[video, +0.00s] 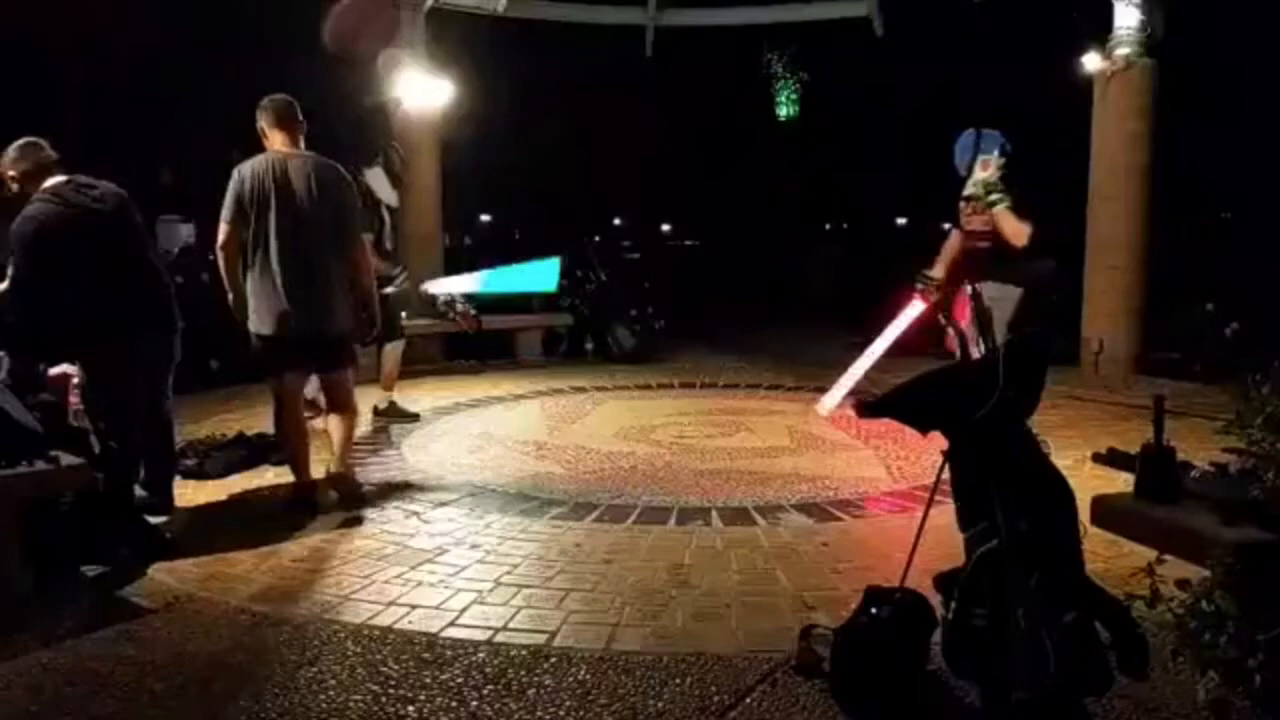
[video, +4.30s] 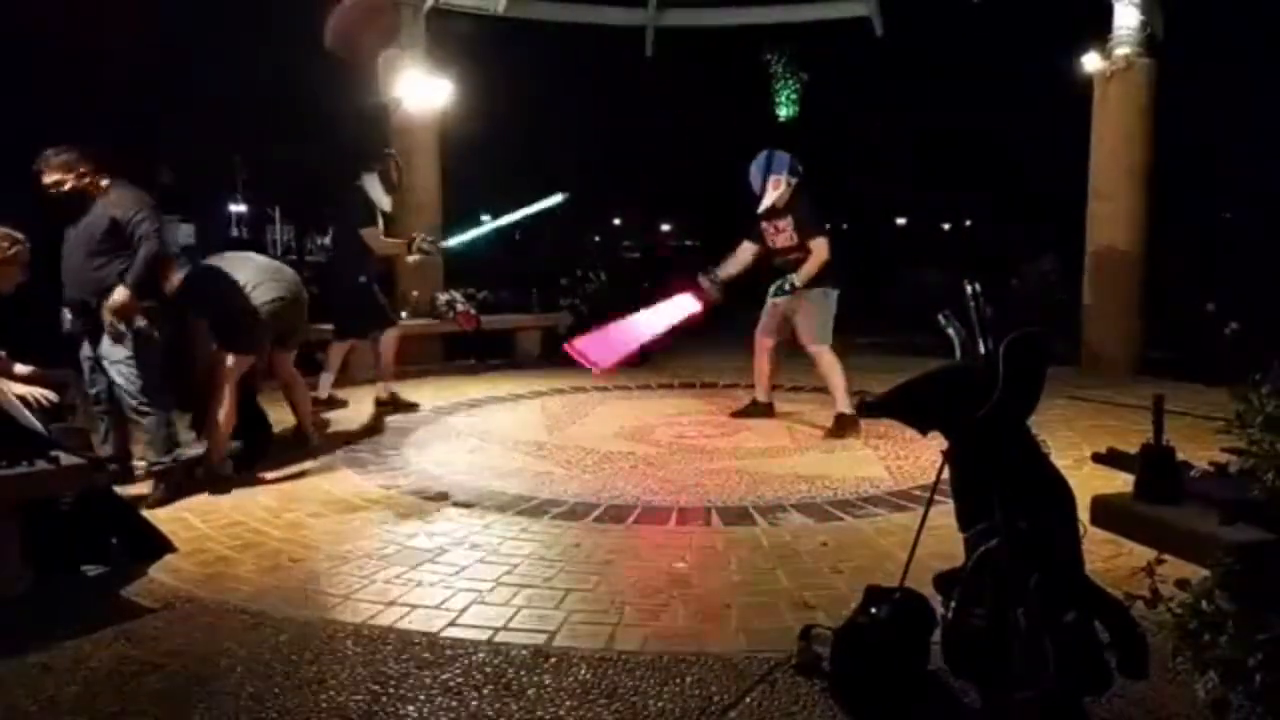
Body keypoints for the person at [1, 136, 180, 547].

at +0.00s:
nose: (9, 190)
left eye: (9, 182)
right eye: (8, 183)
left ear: (20, 178)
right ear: (54, 165)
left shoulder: (31, 223)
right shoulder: (111, 195)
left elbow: (25, 299)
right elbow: (145, 262)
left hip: (97, 333)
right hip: (149, 321)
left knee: (109, 420)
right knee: (154, 410)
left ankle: (117, 511)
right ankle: (160, 495)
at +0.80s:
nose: (68, 180)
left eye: (69, 174)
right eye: (71, 175)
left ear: (72, 171)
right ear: (111, 166)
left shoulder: (63, 203)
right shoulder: (152, 200)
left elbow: (51, 271)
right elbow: (181, 264)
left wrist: (58, 323)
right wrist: (180, 312)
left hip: (102, 325)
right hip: (157, 322)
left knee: (113, 418)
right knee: (166, 402)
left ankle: (116, 502)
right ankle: (181, 483)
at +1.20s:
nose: (108, 182)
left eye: (110, 176)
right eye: (109, 177)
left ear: (115, 172)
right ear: (146, 168)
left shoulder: (119, 193)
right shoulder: (172, 195)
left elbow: (99, 249)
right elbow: (188, 257)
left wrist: (83, 300)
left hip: (147, 313)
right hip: (187, 306)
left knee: (124, 385)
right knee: (178, 397)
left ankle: (161, 462)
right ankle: (178, 481)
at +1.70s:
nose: (129, 188)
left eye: (127, 179)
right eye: (126, 182)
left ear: (139, 168)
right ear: (160, 163)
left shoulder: (155, 198)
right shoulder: (192, 190)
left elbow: (134, 254)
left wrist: (116, 299)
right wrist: (130, 301)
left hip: (181, 314)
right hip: (204, 306)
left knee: (184, 405)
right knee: (179, 400)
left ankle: (199, 478)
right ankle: (176, 471)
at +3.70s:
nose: (115, 177)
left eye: (116, 168)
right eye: (113, 169)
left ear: (132, 165)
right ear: (147, 162)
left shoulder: (157, 204)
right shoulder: (178, 194)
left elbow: (155, 267)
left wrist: (144, 318)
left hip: (161, 317)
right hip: (169, 313)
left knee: (174, 400)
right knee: (147, 392)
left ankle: (193, 477)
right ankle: (156, 457)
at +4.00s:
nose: (85, 188)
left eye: (86, 180)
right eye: (83, 181)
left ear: (106, 176)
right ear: (109, 175)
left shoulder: (144, 207)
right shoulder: (132, 205)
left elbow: (150, 266)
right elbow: (142, 264)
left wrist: (137, 317)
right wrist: (123, 311)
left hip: (139, 321)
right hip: (122, 320)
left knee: (163, 404)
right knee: (125, 396)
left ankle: (195, 474)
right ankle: (125, 461)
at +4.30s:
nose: (54, 194)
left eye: (57, 185)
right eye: (50, 188)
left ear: (82, 174)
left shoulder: (122, 200)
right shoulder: (82, 209)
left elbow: (152, 243)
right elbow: (83, 261)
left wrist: (129, 288)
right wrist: (73, 303)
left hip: (117, 313)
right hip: (84, 315)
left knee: (136, 394)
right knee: (99, 396)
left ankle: (162, 467)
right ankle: (111, 461)